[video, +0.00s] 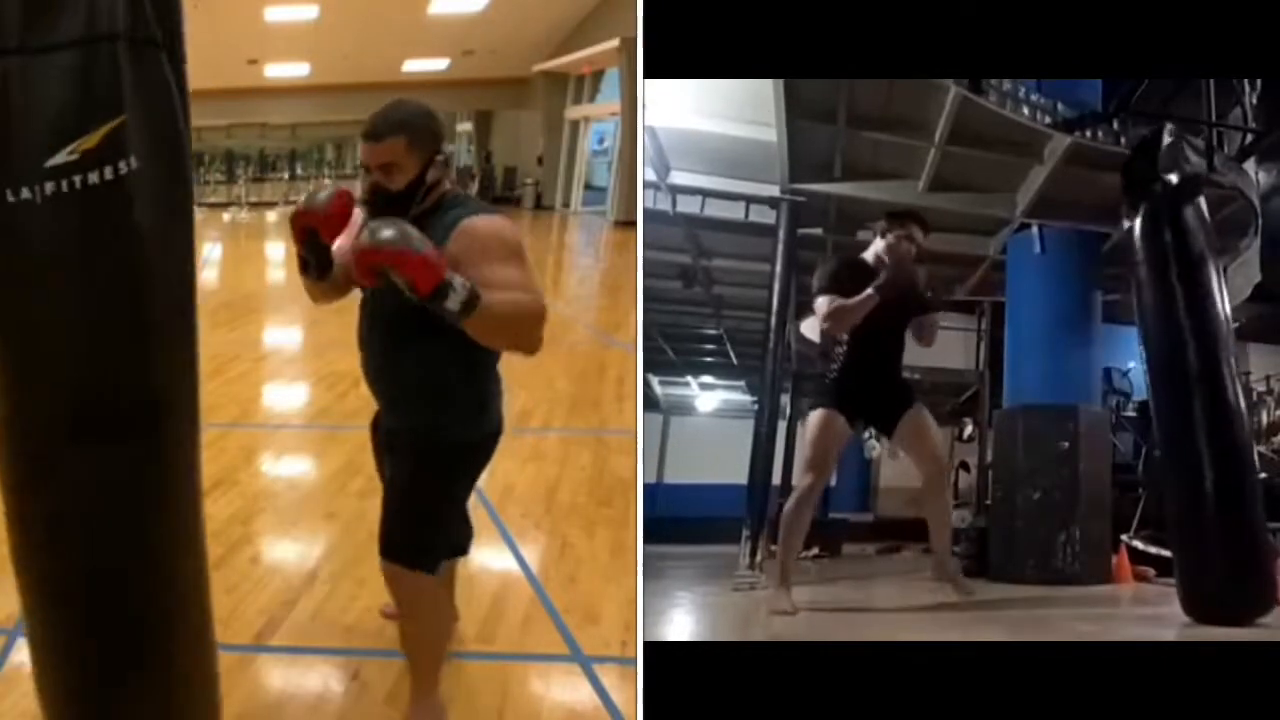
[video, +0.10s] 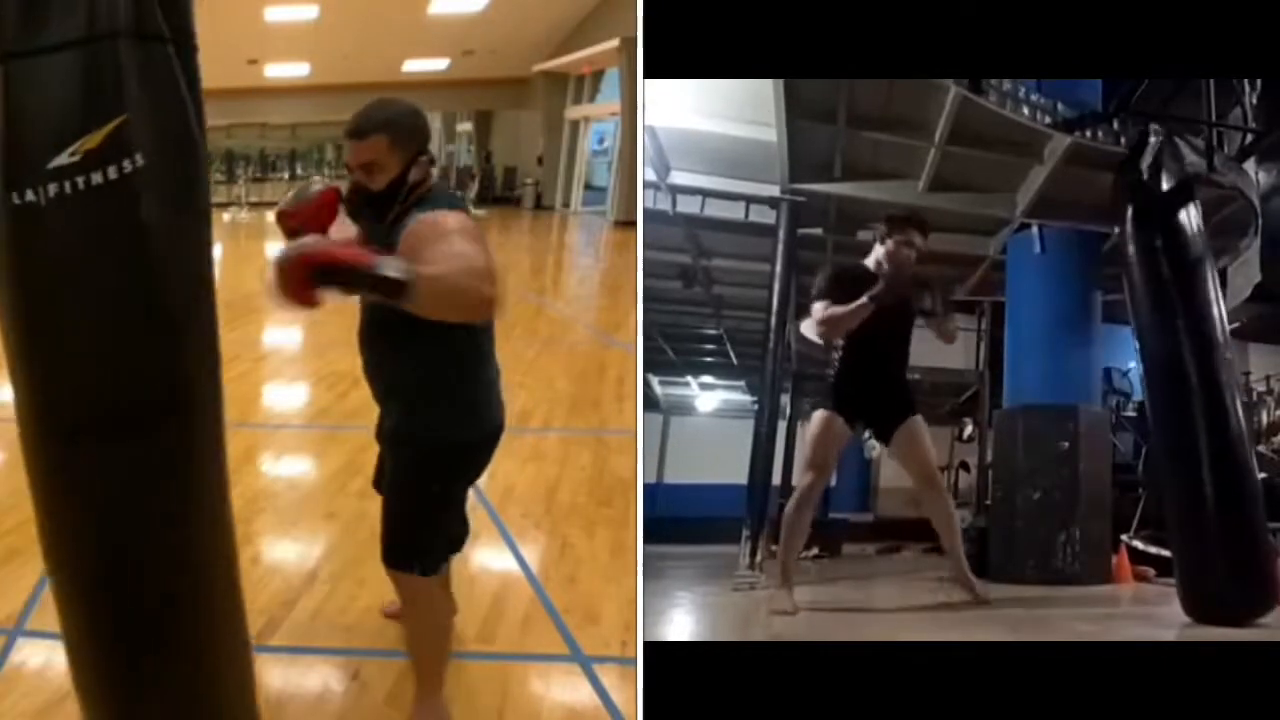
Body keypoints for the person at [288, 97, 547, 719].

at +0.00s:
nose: (373, 182)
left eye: (388, 170)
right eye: (368, 169)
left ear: (430, 163)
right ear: (364, 161)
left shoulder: (480, 231)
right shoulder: (381, 217)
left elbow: (527, 332)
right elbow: (329, 289)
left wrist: (441, 288)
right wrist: (312, 248)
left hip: (450, 424)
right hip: (400, 410)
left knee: (409, 562)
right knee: (423, 520)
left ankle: (424, 700)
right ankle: (436, 606)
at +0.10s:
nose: (356, 181)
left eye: (370, 169)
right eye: (352, 167)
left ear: (413, 163)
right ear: (354, 159)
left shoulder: (438, 220)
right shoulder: (381, 210)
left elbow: (477, 293)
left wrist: (366, 269)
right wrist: (307, 232)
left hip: (443, 422)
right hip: (408, 408)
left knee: (415, 562)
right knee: (407, 507)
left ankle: (430, 703)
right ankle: (426, 595)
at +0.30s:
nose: (364, 187)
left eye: (379, 174)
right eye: (360, 174)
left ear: (422, 169)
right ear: (362, 164)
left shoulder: (434, 236)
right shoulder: (396, 222)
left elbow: (365, 300)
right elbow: (344, 284)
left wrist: (264, 299)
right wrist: (315, 252)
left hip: (453, 424)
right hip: (418, 409)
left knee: (434, 565)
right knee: (420, 508)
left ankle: (431, 701)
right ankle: (433, 588)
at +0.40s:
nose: (377, 182)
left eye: (391, 171)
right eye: (371, 170)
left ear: (431, 170)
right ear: (369, 167)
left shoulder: (457, 235)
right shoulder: (392, 226)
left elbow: (469, 323)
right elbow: (340, 293)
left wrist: (375, 281)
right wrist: (328, 241)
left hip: (454, 419)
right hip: (417, 404)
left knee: (411, 553)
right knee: (429, 508)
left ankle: (419, 688)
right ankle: (446, 588)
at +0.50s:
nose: (385, 185)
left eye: (399, 172)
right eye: (379, 172)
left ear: (436, 168)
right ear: (375, 165)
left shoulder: (467, 238)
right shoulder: (393, 218)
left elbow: (458, 337)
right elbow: (350, 299)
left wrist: (389, 277)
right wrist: (334, 257)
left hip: (469, 408)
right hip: (419, 393)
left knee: (387, 500)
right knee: (429, 499)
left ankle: (429, 620)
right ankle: (445, 590)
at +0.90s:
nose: (435, 175)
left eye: (452, 165)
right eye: (426, 161)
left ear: (482, 168)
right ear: (415, 161)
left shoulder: (491, 231)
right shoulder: (412, 230)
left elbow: (497, 282)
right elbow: (358, 281)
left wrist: (395, 232)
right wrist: (298, 327)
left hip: (484, 428)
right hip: (425, 414)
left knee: (444, 570)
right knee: (440, 510)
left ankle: (433, 710)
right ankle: (444, 588)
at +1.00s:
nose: (460, 178)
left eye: (479, 168)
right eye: (451, 163)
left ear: (506, 178)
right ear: (437, 165)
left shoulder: (524, 261)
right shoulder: (405, 242)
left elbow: (603, 344)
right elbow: (329, 263)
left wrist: (517, 369)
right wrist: (364, 215)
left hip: (468, 454)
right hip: (401, 435)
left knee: (417, 605)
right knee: (425, 525)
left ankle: (410, 712)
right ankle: (445, 603)